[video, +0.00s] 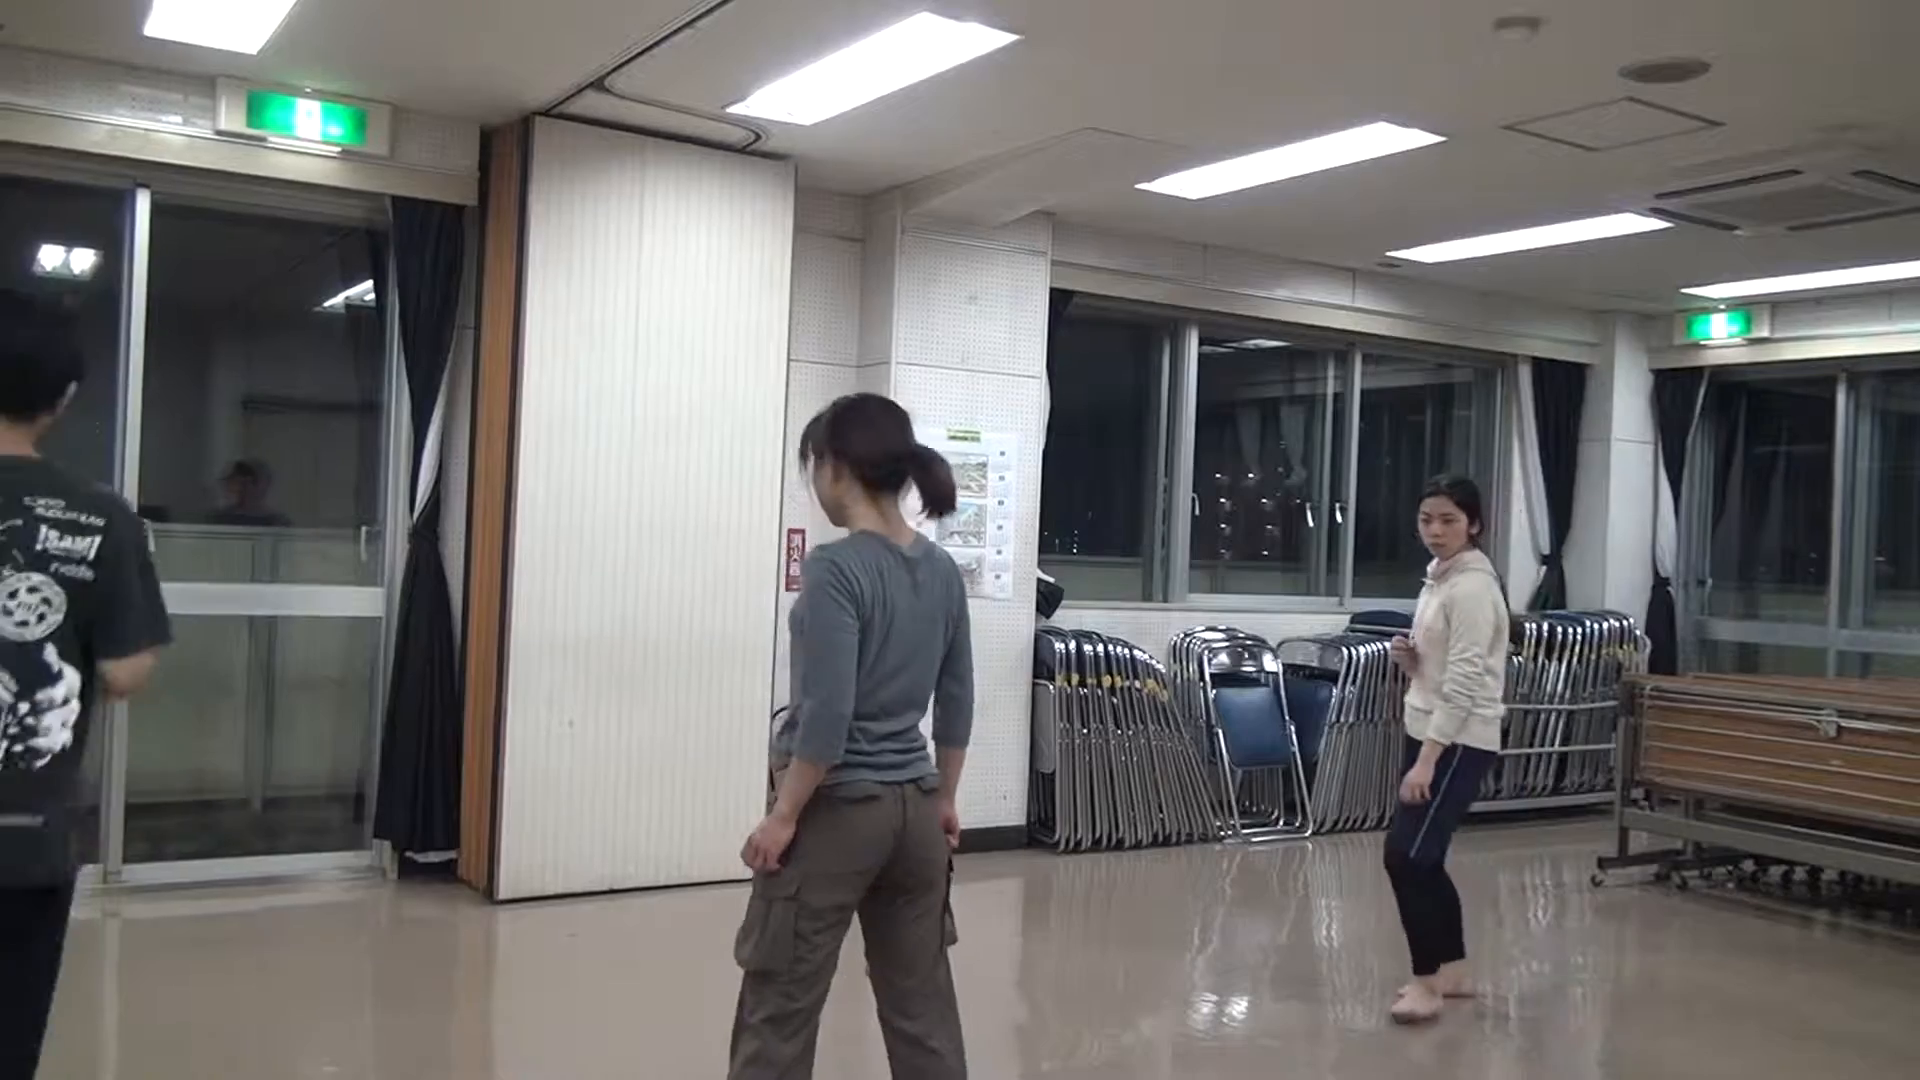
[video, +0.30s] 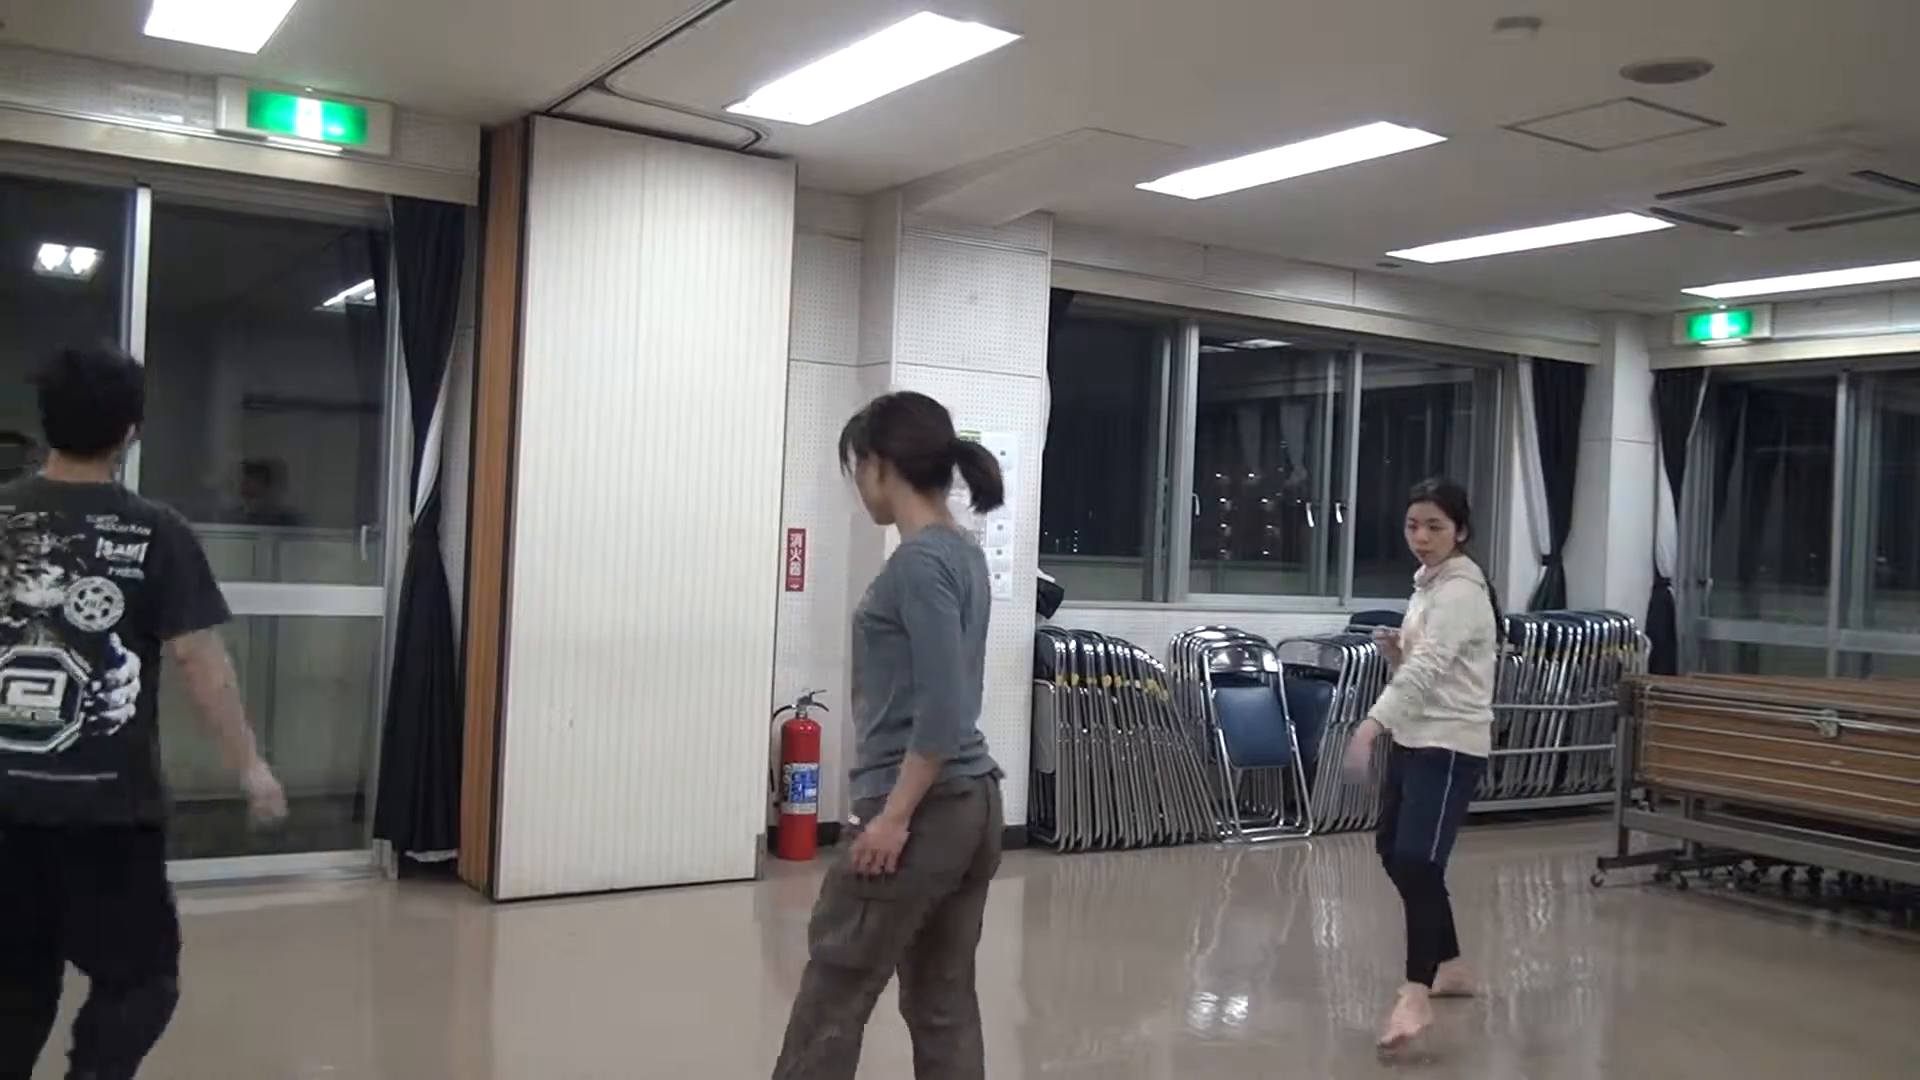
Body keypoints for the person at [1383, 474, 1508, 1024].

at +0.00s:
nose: (1434, 529)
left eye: (1446, 520)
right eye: (1427, 520)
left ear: (1472, 524)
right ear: (1421, 524)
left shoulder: (1473, 586)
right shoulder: (1441, 577)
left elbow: (1465, 683)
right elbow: (1438, 668)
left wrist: (1427, 760)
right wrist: (1412, 657)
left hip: (1463, 741)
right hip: (1437, 733)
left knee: (1405, 853)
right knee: (1420, 853)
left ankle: (1427, 980)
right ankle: (1453, 968)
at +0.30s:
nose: (1421, 536)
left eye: (1433, 526)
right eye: (1414, 526)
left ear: (1459, 531)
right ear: (1408, 530)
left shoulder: (1461, 589)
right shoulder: (1427, 584)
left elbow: (1428, 667)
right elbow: (1423, 670)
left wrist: (1373, 722)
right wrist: (1400, 655)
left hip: (1448, 743)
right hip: (1413, 737)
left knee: (1418, 861)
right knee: (1395, 851)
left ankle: (1414, 994)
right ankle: (1449, 965)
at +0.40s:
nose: (1420, 540)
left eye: (1432, 530)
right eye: (1413, 530)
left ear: (1460, 535)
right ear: (1408, 534)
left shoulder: (1467, 596)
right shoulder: (1423, 588)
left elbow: (1417, 664)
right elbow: (1404, 679)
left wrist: (1340, 701)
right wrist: (1387, 646)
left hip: (1446, 752)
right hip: (1406, 745)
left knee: (1418, 871)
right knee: (1393, 853)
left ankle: (1421, 1015)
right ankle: (1452, 966)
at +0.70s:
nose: (1424, 526)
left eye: (1436, 516)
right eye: (1416, 516)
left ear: (1463, 521)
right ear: (1409, 522)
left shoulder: (1469, 582)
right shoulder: (1420, 581)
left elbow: (1422, 634)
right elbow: (1379, 654)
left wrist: (1337, 605)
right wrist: (1396, 594)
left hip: (1449, 754)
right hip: (1413, 749)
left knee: (1417, 882)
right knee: (1392, 858)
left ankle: (1428, 1033)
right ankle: (1439, 962)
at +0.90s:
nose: (1422, 522)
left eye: (1434, 511)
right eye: (1416, 511)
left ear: (1465, 517)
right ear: (1409, 517)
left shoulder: (1472, 578)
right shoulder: (1417, 576)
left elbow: (1431, 632)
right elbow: (1375, 650)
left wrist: (1350, 593)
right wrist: (1395, 589)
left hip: (1451, 753)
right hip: (1409, 748)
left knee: (1418, 880)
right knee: (1399, 866)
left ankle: (1429, 1032)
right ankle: (1433, 988)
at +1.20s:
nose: (1427, 525)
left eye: (1439, 514)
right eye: (1420, 515)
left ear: (1469, 519)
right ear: (1413, 520)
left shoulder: (1476, 581)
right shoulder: (1421, 577)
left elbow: (1436, 637)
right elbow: (1380, 651)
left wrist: (1359, 599)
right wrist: (1400, 592)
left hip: (1450, 753)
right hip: (1410, 748)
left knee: (1421, 880)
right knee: (1413, 874)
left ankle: (1428, 1032)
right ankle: (1440, 987)